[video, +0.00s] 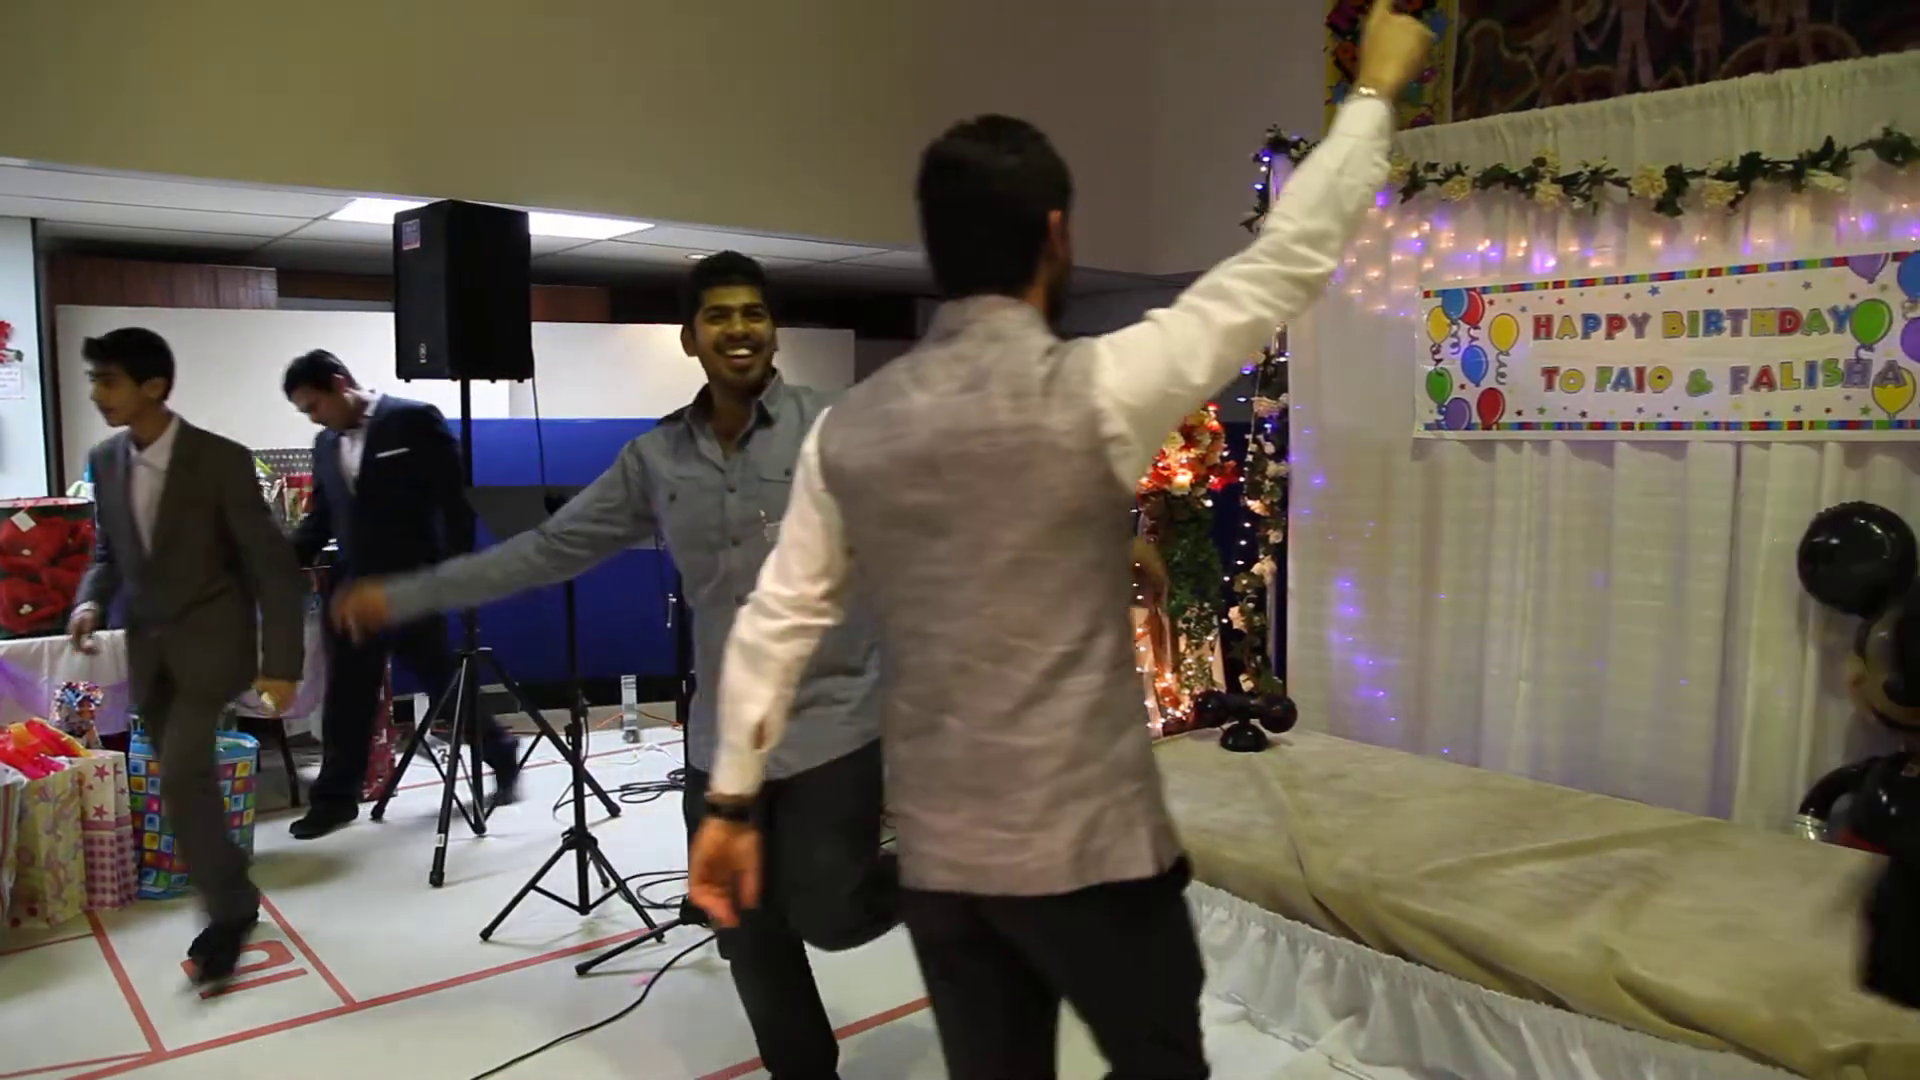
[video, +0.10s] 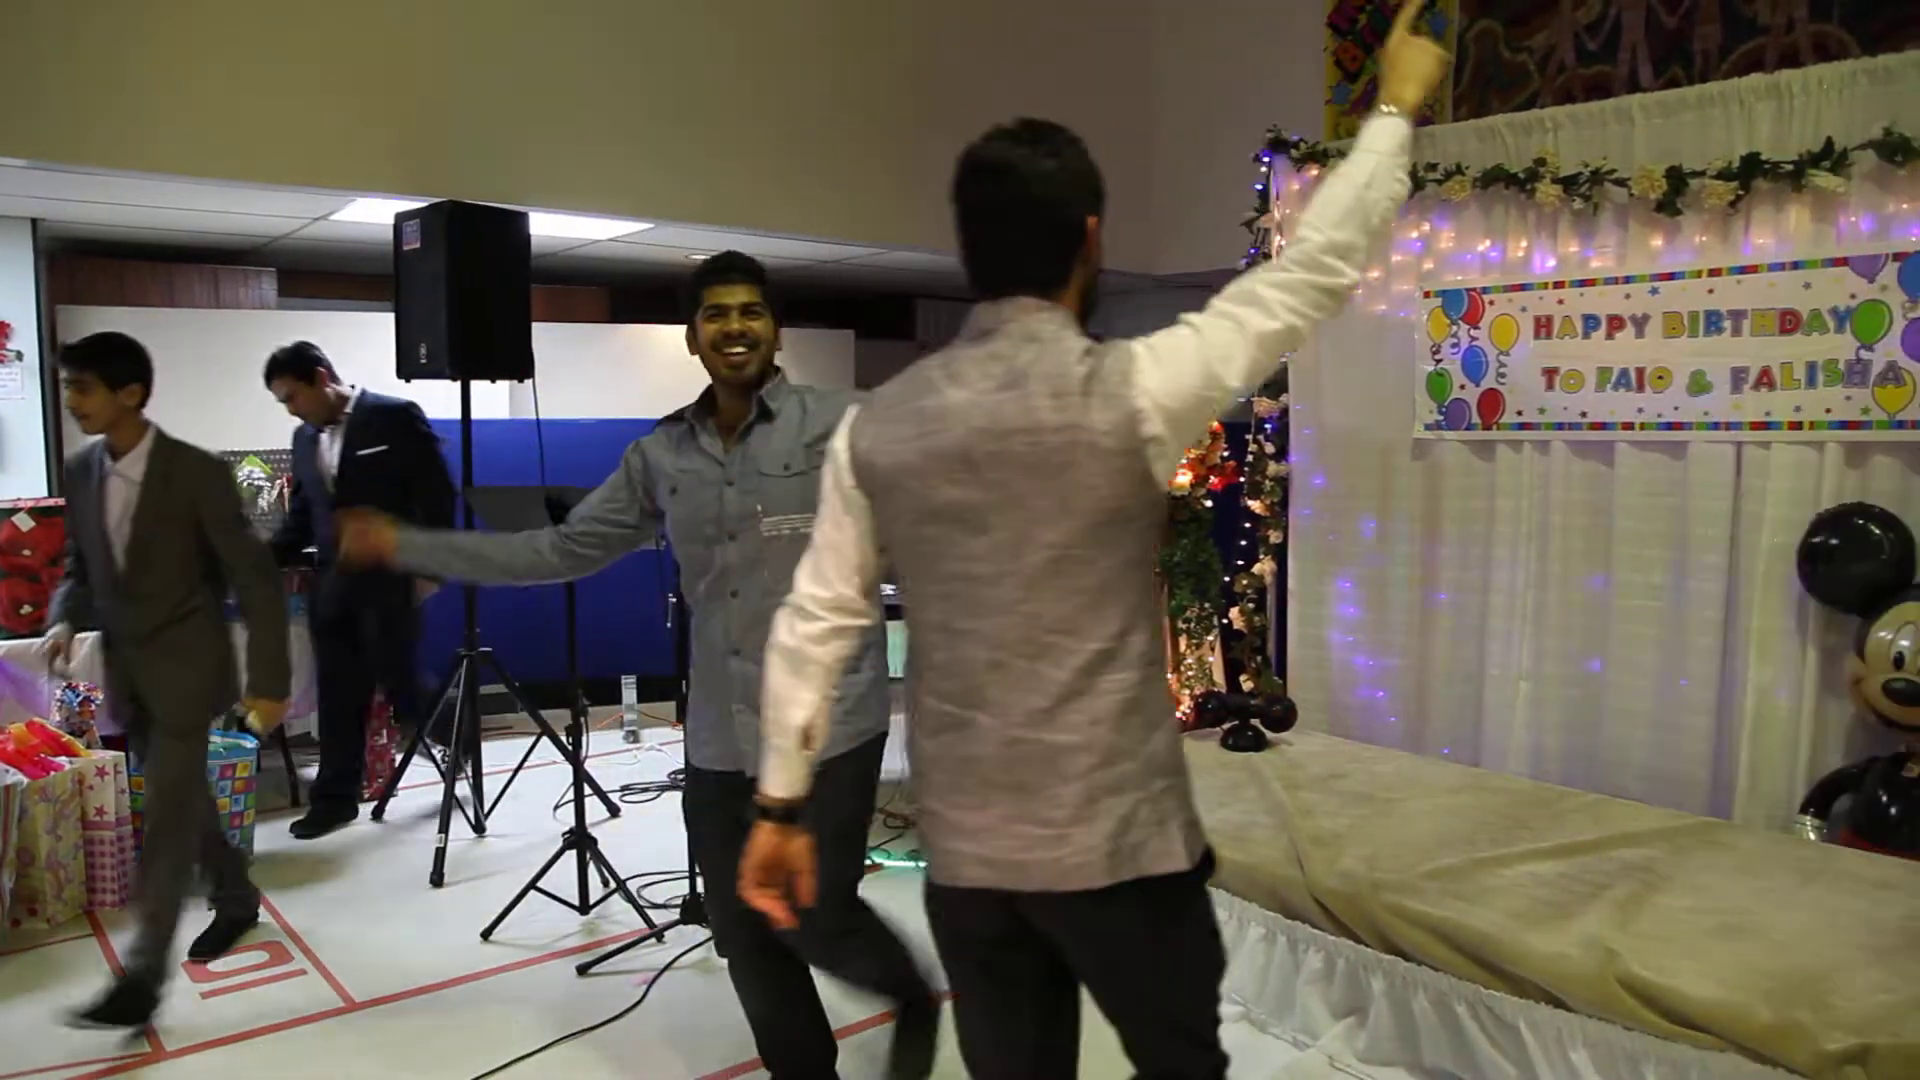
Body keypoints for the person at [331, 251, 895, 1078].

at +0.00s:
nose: (740, 331)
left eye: (755, 315)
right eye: (719, 317)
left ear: (776, 329)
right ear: (691, 337)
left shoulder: (832, 429)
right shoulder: (657, 458)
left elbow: (909, 555)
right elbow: (549, 548)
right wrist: (401, 596)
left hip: (838, 718)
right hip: (725, 736)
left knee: (832, 918)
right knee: (752, 937)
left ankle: (940, 863)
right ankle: (807, 1069)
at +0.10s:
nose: (734, 329)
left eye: (750, 313)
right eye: (716, 315)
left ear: (778, 329)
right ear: (693, 334)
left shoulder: (838, 424)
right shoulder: (663, 454)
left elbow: (926, 535)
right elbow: (561, 549)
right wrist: (401, 544)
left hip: (836, 721)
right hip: (723, 733)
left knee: (815, 916)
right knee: (744, 933)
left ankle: (915, 994)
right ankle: (808, 1073)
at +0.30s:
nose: (745, 346)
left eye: (762, 330)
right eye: (728, 330)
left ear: (787, 339)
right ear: (701, 340)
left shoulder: (839, 421)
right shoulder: (670, 448)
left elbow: (943, 479)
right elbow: (545, 485)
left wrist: (948, 424)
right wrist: (413, 429)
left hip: (824, 726)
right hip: (718, 737)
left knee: (800, 929)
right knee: (740, 941)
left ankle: (845, 1075)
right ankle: (793, 1071)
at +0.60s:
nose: (753, 377)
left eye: (770, 357)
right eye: (732, 358)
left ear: (797, 343)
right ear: (705, 349)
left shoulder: (843, 418)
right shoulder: (687, 412)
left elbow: (899, 388)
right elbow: (576, 367)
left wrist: (925, 328)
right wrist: (456, 293)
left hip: (829, 725)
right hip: (724, 718)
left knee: (796, 930)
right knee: (699, 913)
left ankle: (826, 1070)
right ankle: (781, 1057)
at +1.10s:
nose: (720, 396)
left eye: (741, 379)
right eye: (701, 375)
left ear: (764, 365)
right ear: (663, 353)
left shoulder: (789, 442)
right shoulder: (622, 386)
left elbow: (875, 437)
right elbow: (526, 283)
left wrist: (954, 431)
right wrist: (426, 180)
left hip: (732, 768)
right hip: (607, 758)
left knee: (741, 965)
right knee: (587, 986)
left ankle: (813, 1073)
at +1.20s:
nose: (698, 404)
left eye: (717, 385)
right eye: (678, 382)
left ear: (738, 373)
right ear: (635, 357)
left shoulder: (755, 460)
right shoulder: (587, 388)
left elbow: (835, 515)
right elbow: (469, 298)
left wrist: (911, 549)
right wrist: (338, 186)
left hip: (696, 785)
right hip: (568, 775)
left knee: (704, 991)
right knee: (553, 1015)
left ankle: (789, 1076)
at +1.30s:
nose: (681, 412)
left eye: (701, 393)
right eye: (661, 387)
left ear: (718, 385)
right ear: (612, 364)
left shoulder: (733, 483)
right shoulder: (545, 408)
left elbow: (798, 594)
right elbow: (396, 336)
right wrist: (241, 229)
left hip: (666, 780)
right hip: (527, 776)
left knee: (674, 1006)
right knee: (528, 1037)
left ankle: (748, 1074)